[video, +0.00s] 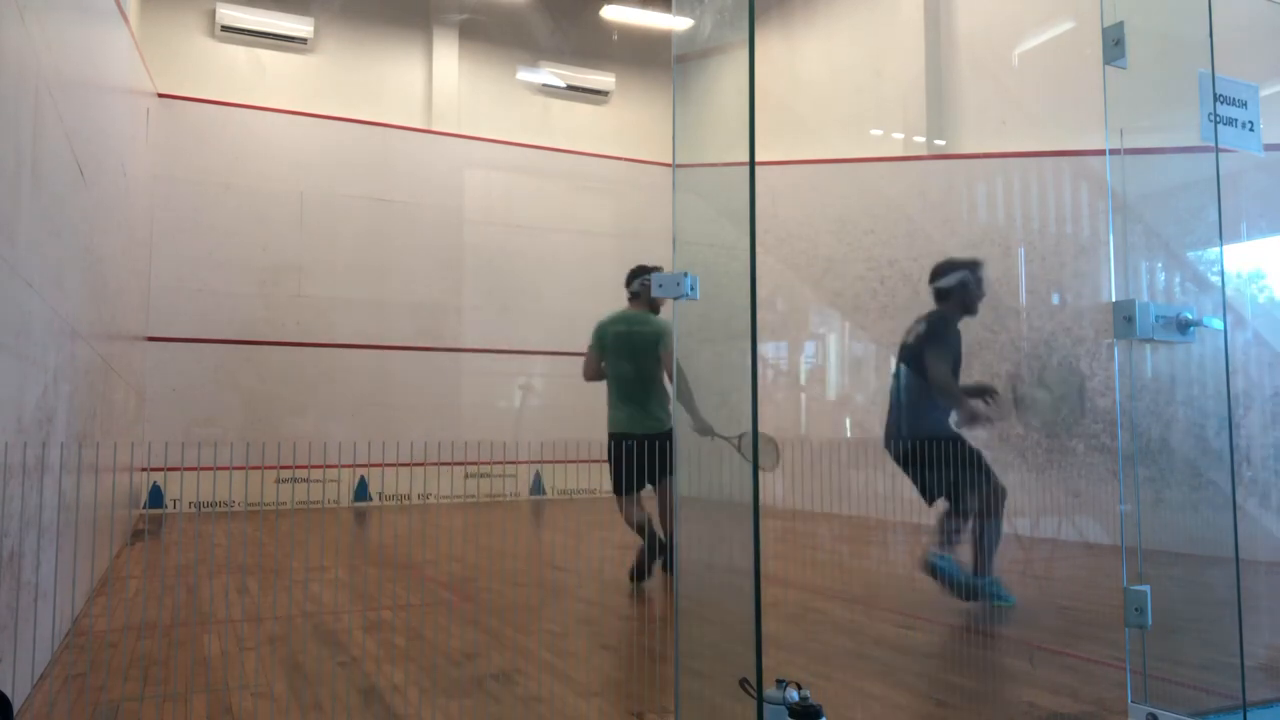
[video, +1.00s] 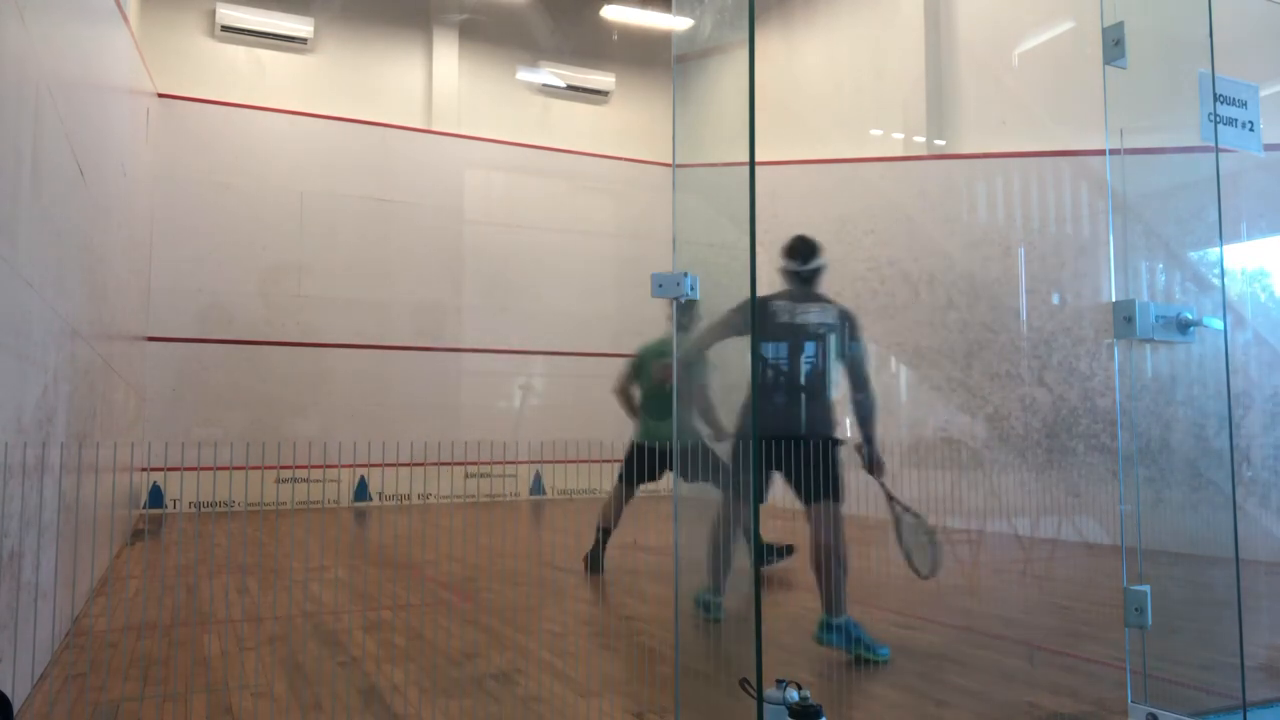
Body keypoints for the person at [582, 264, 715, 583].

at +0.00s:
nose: (665, 300)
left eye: (665, 293)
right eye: (662, 293)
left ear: (631, 293)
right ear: (649, 293)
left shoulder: (606, 326)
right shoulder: (660, 328)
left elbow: (590, 373)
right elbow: (675, 376)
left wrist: (621, 369)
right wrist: (697, 417)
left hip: (622, 428)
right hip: (658, 427)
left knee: (627, 500)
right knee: (665, 490)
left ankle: (651, 539)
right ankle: (668, 554)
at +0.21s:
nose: (666, 293)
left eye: (665, 287)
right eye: (664, 287)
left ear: (632, 287)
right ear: (656, 287)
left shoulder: (610, 318)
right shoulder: (662, 320)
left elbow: (588, 358)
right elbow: (669, 371)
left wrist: (617, 364)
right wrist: (686, 401)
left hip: (619, 419)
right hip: (656, 419)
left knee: (612, 482)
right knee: (666, 484)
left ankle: (612, 547)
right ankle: (671, 549)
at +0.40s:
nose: (660, 298)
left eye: (660, 290)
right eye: (656, 291)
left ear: (629, 292)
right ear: (644, 291)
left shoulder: (603, 322)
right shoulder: (651, 325)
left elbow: (580, 358)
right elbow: (660, 372)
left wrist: (605, 370)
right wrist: (674, 396)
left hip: (607, 421)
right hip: (643, 422)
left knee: (598, 482)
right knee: (658, 483)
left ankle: (584, 551)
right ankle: (659, 548)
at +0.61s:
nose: (658, 306)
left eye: (657, 300)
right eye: (654, 299)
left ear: (629, 301)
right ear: (640, 300)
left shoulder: (601, 331)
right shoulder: (648, 334)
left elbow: (577, 367)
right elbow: (652, 378)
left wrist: (602, 381)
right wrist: (663, 407)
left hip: (604, 427)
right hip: (639, 430)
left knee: (592, 485)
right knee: (654, 487)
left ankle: (584, 550)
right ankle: (645, 547)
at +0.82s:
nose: (667, 293)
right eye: (667, 287)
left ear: (640, 286)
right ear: (666, 289)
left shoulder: (618, 318)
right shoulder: (668, 322)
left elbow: (587, 348)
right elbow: (670, 373)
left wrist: (605, 383)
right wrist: (695, 376)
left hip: (625, 416)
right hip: (662, 416)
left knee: (606, 478)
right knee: (684, 474)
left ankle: (596, 544)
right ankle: (688, 543)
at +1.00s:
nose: (695, 323)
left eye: (688, 317)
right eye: (694, 319)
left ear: (671, 318)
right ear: (695, 319)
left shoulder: (649, 351)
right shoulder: (694, 352)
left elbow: (621, 387)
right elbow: (700, 396)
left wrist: (637, 416)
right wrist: (719, 430)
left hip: (648, 441)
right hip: (685, 443)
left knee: (622, 491)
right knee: (734, 486)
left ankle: (596, 551)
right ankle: (758, 548)